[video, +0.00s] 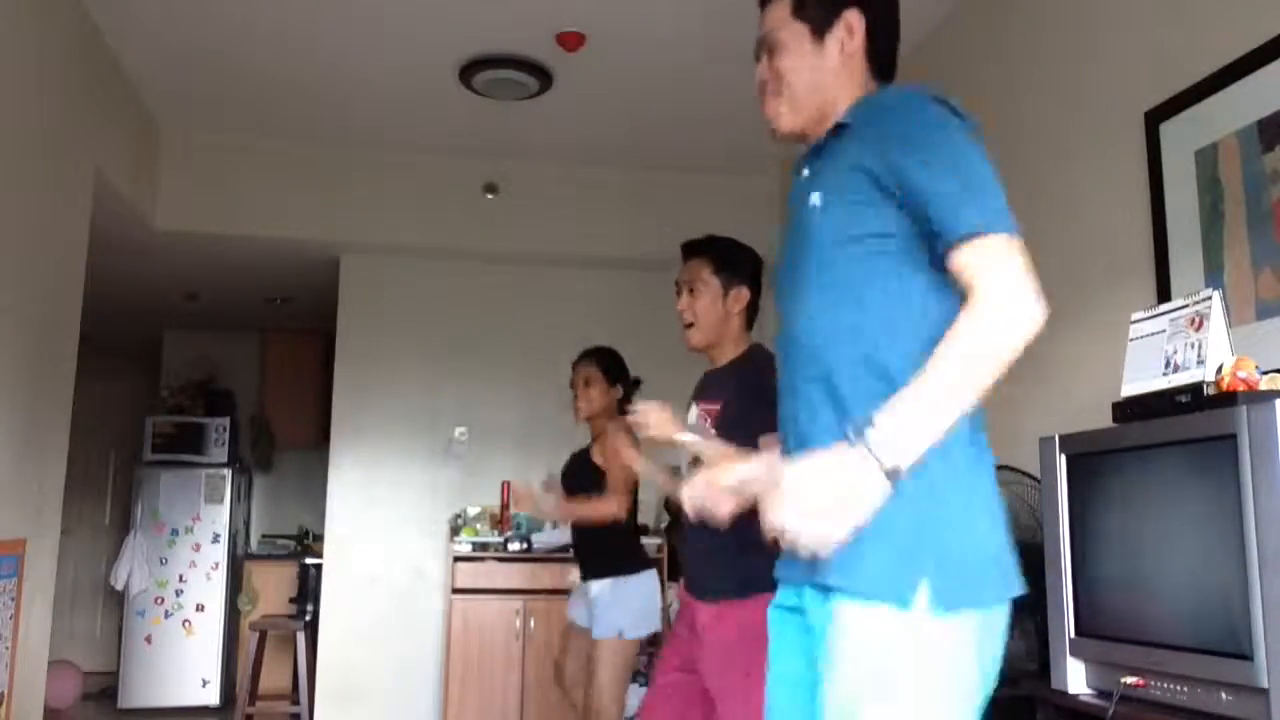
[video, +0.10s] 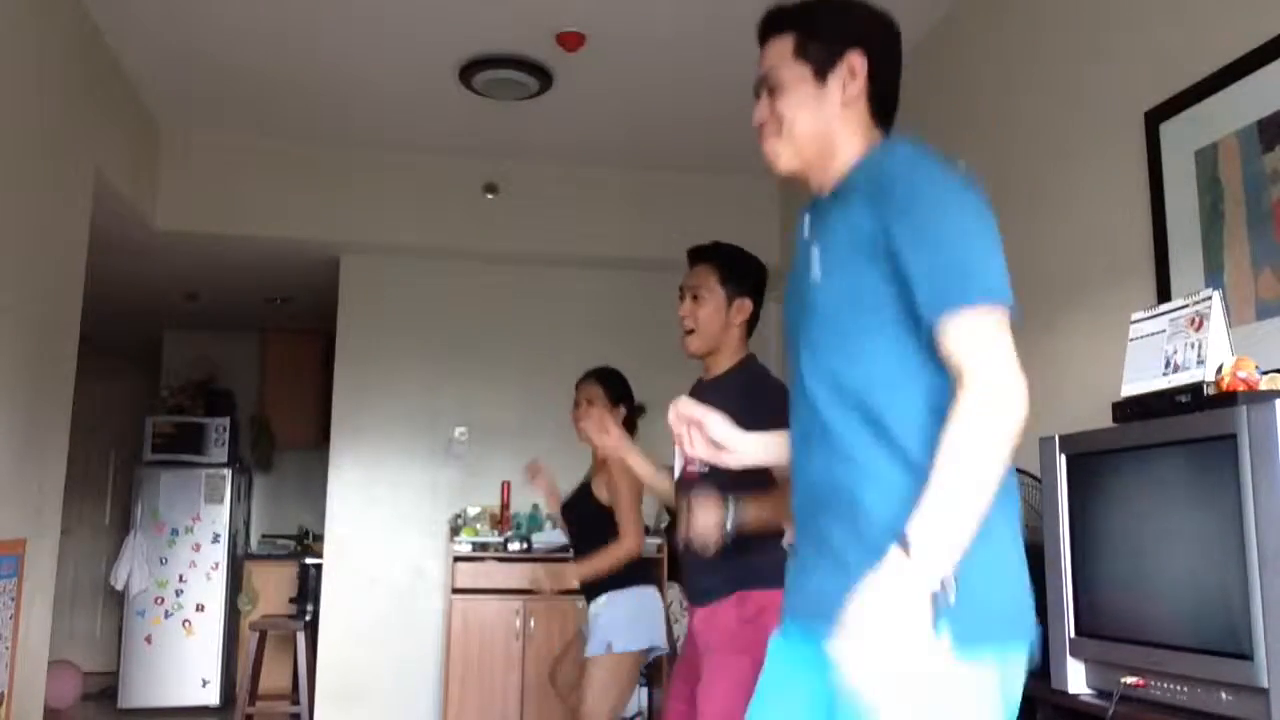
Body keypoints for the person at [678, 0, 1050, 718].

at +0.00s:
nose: (760, 74)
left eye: (772, 47)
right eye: (759, 55)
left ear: (847, 35)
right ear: (840, 39)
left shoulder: (902, 119)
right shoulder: (812, 178)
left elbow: (1011, 299)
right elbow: (861, 398)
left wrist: (870, 462)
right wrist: (762, 466)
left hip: (915, 579)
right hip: (815, 575)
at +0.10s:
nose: (757, 113)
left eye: (773, 87)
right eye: (757, 94)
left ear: (848, 78)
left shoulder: (914, 185)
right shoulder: (816, 228)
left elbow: (997, 388)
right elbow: (860, 430)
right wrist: (746, 448)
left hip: (936, 627)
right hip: (817, 619)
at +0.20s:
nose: (754, 139)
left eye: (770, 112)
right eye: (757, 119)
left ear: (844, 104)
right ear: (842, 108)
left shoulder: (915, 232)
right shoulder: (822, 262)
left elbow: (1010, 448)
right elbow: (877, 461)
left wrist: (907, 600)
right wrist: (780, 498)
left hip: (946, 636)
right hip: (839, 625)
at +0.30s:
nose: (758, 115)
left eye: (773, 85)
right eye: (759, 92)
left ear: (847, 70)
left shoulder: (933, 196)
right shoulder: (820, 228)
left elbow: (1021, 405)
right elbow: (837, 425)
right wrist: (770, 517)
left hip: (933, 656)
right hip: (823, 635)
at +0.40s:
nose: (760, 76)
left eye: (772, 47)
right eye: (758, 57)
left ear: (846, 28)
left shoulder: (910, 117)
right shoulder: (821, 181)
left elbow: (1007, 294)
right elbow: (840, 414)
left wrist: (798, 373)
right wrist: (717, 420)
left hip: (915, 597)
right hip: (811, 588)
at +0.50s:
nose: (765, 80)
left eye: (776, 54)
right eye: (762, 62)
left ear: (848, 31)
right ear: (845, 35)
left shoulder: (897, 95)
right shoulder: (829, 162)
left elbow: (966, 258)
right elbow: (825, 357)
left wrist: (775, 369)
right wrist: (718, 356)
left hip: (897, 554)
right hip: (810, 549)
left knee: (890, 708)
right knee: (797, 708)